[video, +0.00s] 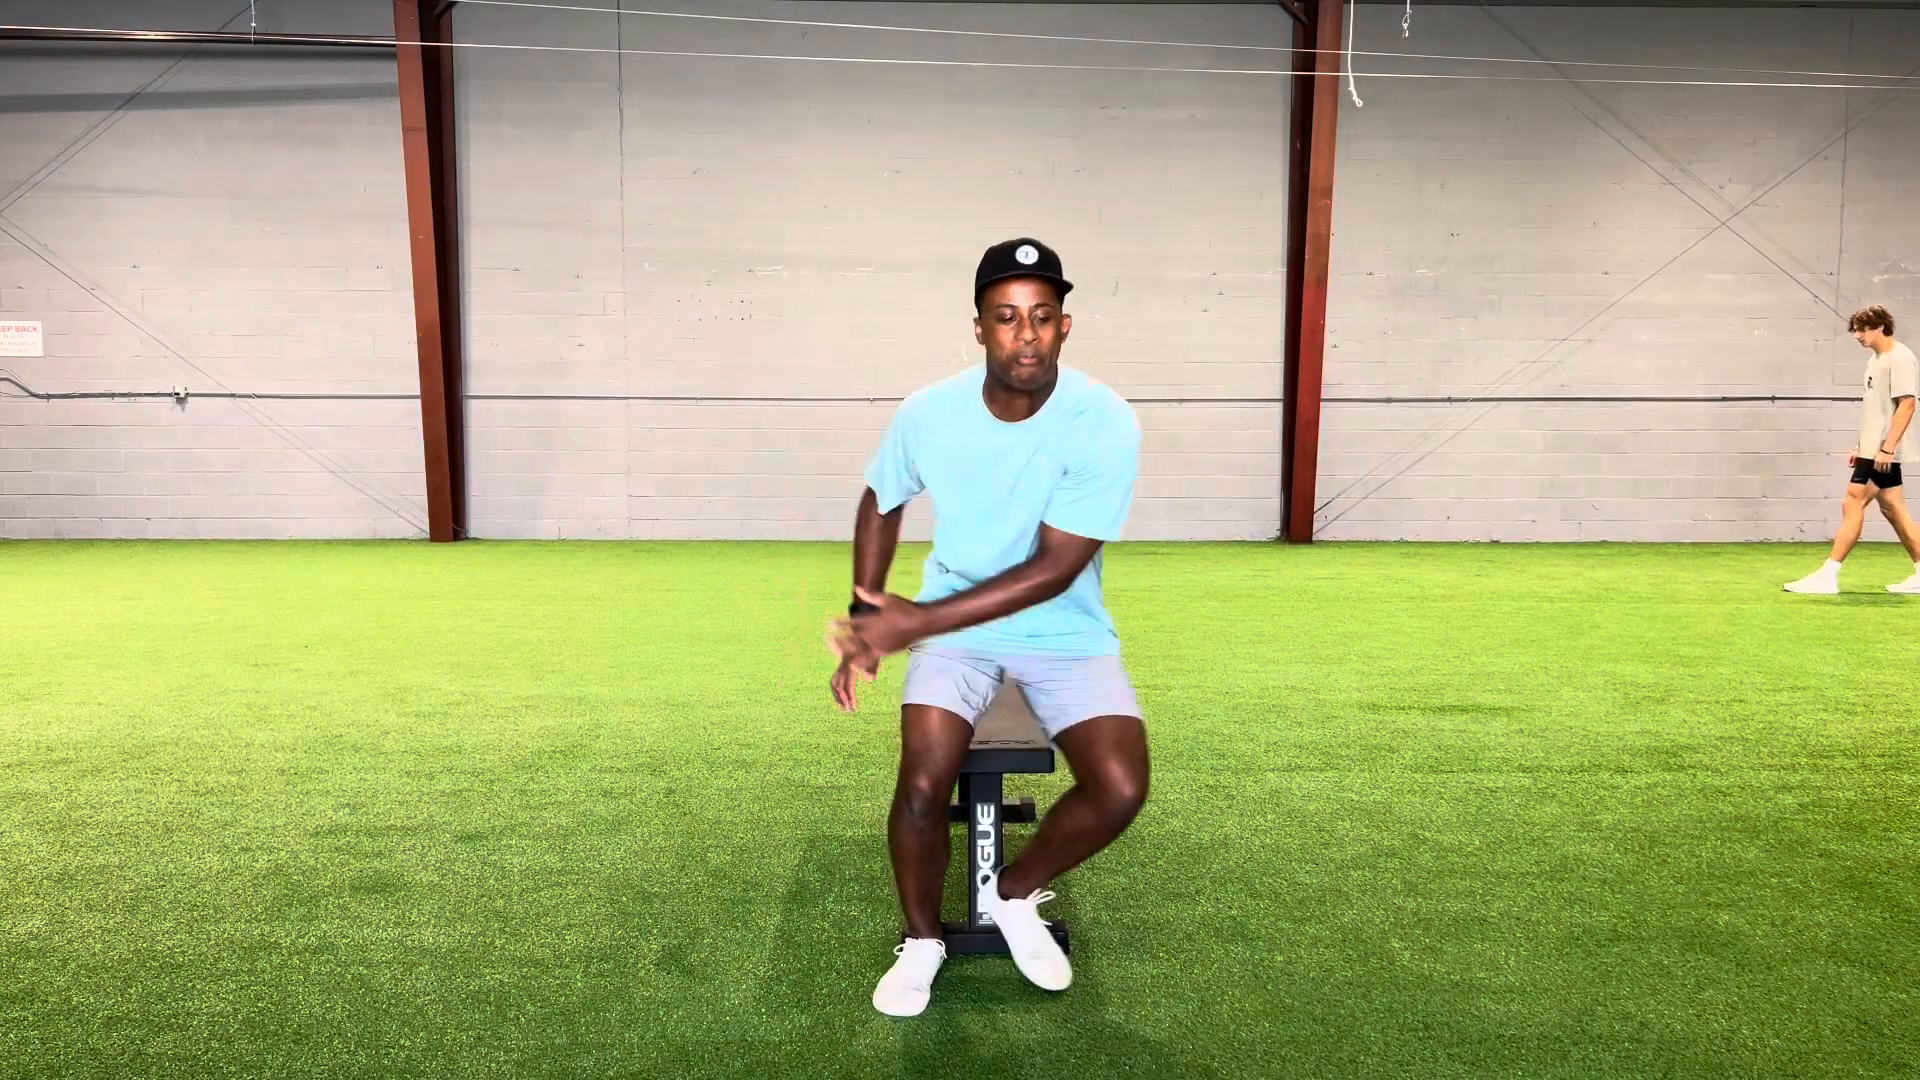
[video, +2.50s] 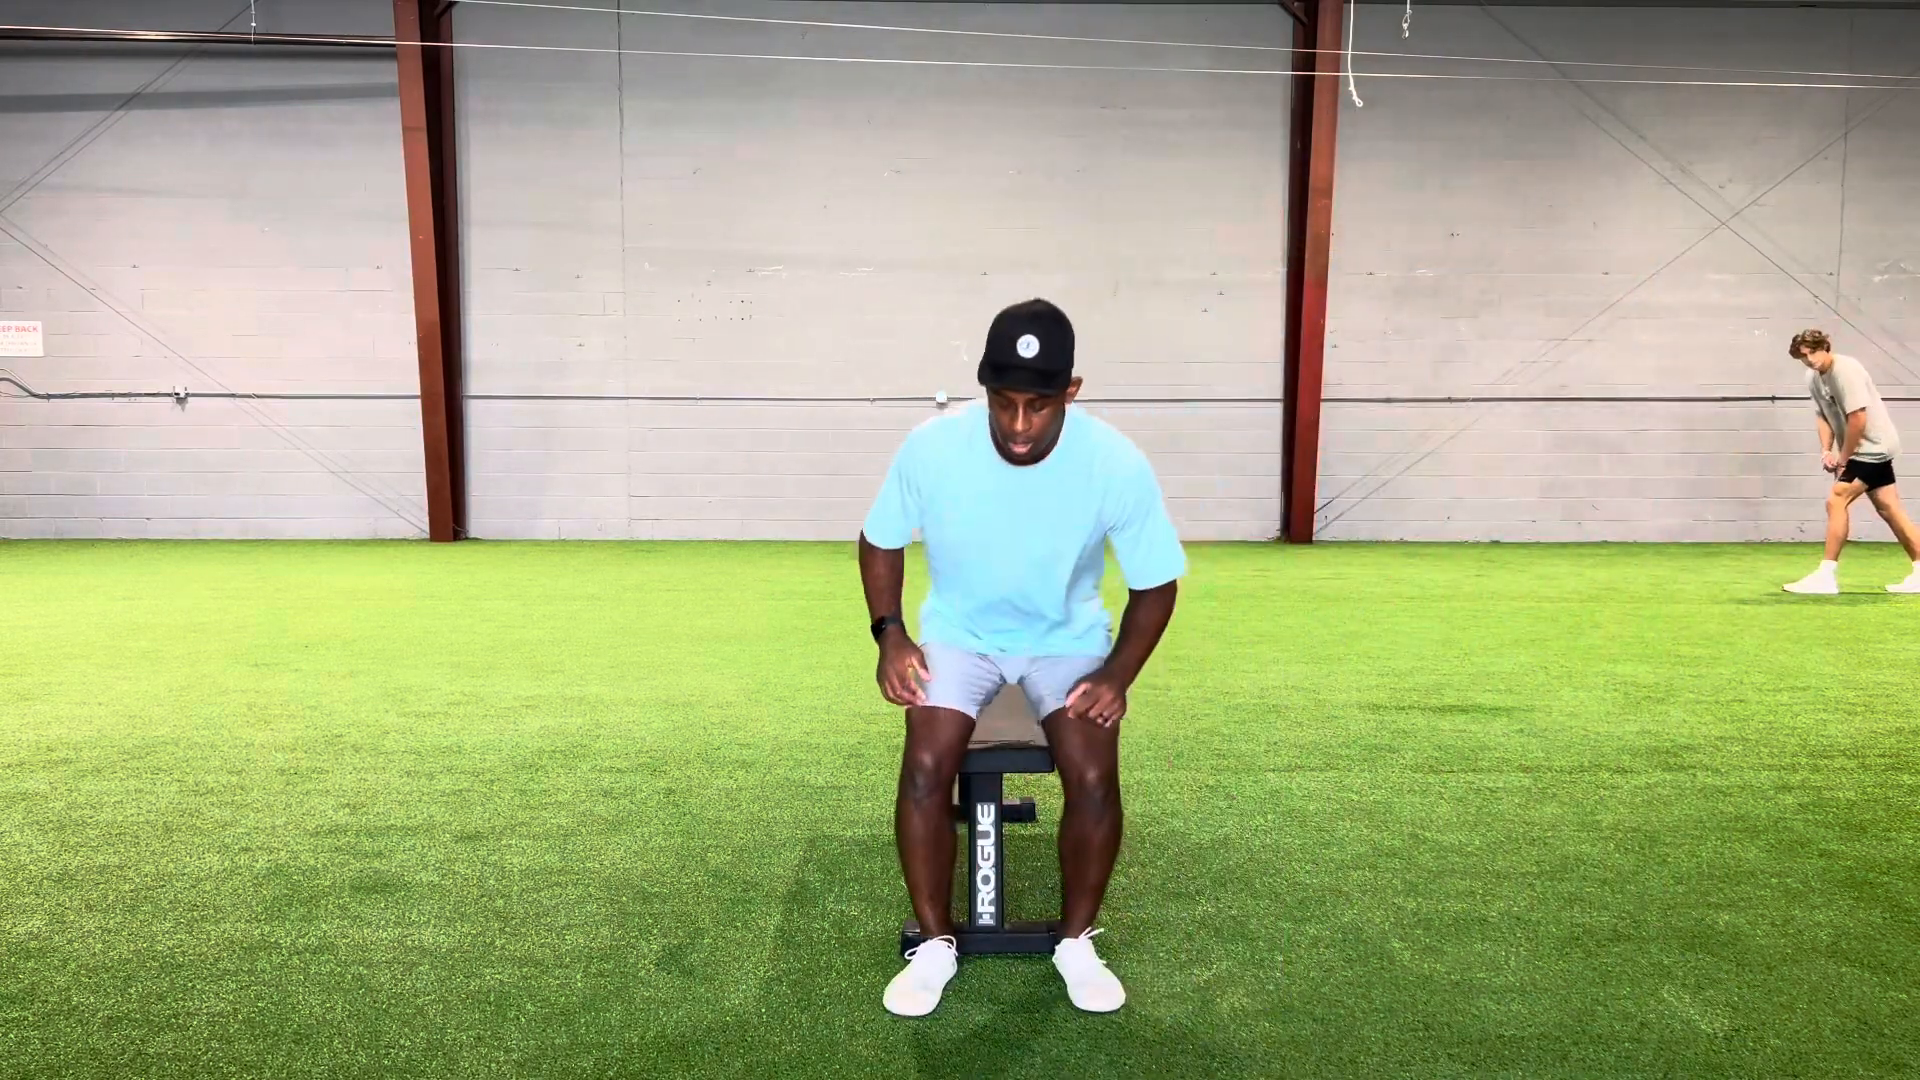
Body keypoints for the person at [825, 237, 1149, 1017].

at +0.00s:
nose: (1026, 336)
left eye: (1042, 318)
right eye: (1007, 318)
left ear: (1064, 326)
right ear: (980, 328)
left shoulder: (1103, 422)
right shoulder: (929, 413)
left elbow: (1056, 568)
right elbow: (881, 507)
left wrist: (917, 620)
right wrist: (864, 622)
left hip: (1065, 622)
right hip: (957, 619)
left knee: (1120, 786)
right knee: (924, 780)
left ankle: (1013, 890)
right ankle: (922, 939)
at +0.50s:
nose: (1469, 202)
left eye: (1477, 184)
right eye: (1446, 184)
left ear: (1485, 189)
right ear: (1394, 193)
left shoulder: (1513, 280)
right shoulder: (1335, 280)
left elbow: (1575, 373)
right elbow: (1272, 413)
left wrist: (1673, 452)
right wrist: (1407, 407)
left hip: (1476, 563)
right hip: (1348, 556)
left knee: (1577, 744)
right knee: (1254, 740)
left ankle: (1659, 939)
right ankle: (1238, 831)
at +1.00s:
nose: (1710, 287)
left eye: (1719, 268)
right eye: (1686, 269)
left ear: (1726, 276)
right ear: (1630, 282)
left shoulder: (1720, 385)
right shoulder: (1558, 380)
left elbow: (1675, 514)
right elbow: (1515, 535)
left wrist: (1662, 606)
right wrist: (1659, 595)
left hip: (1623, 604)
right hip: (1516, 595)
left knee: (1702, 786)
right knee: (1587, 789)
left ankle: (1676, 963)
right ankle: (1531, 860)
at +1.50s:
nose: (1314, 219)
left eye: (1334, 202)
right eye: (1305, 202)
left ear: (1388, 206)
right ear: (1298, 208)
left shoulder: (1457, 319)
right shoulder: (1260, 325)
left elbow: (1491, 451)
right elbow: (1222, 437)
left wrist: (1485, 559)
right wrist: (1196, 535)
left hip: (1423, 584)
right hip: (1293, 576)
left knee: (1516, 756)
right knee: (1228, 744)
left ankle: (1595, 932)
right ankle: (1212, 937)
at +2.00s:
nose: (1144, 229)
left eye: (1164, 210)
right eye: (1132, 209)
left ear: (1209, 208)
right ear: (1119, 206)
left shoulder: (1266, 306)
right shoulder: (1089, 302)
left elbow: (1309, 441)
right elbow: (1056, 418)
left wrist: (1309, 575)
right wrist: (1025, 517)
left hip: (1213, 576)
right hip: (1098, 562)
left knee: (1228, 763)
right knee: (1027, 731)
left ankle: (1255, 941)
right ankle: (1001, 923)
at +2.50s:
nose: (1019, 424)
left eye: (1038, 406)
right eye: (1004, 403)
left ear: (1070, 392)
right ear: (985, 384)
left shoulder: (1113, 463)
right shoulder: (931, 449)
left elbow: (1159, 581)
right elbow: (880, 540)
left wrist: (1117, 676)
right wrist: (891, 633)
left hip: (1068, 637)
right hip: (957, 632)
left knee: (1092, 776)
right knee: (925, 765)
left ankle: (1077, 939)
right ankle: (935, 941)